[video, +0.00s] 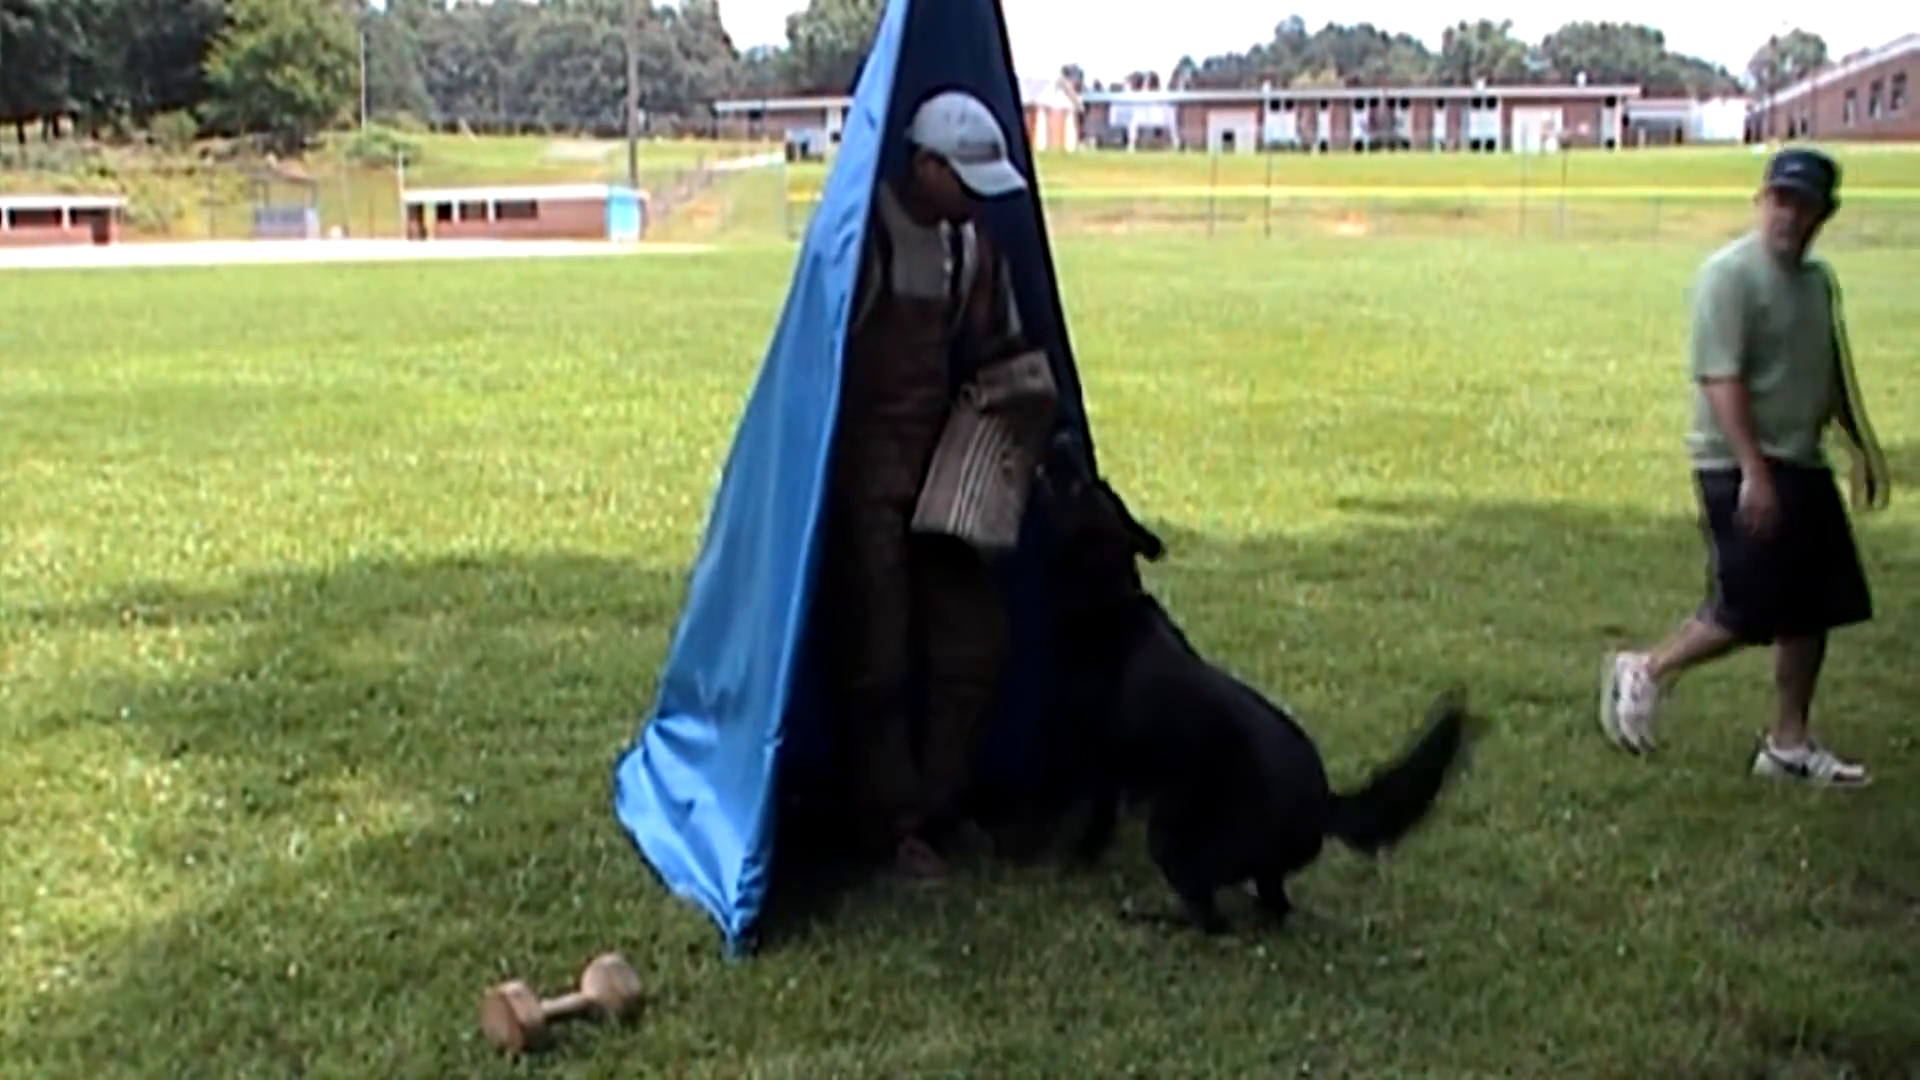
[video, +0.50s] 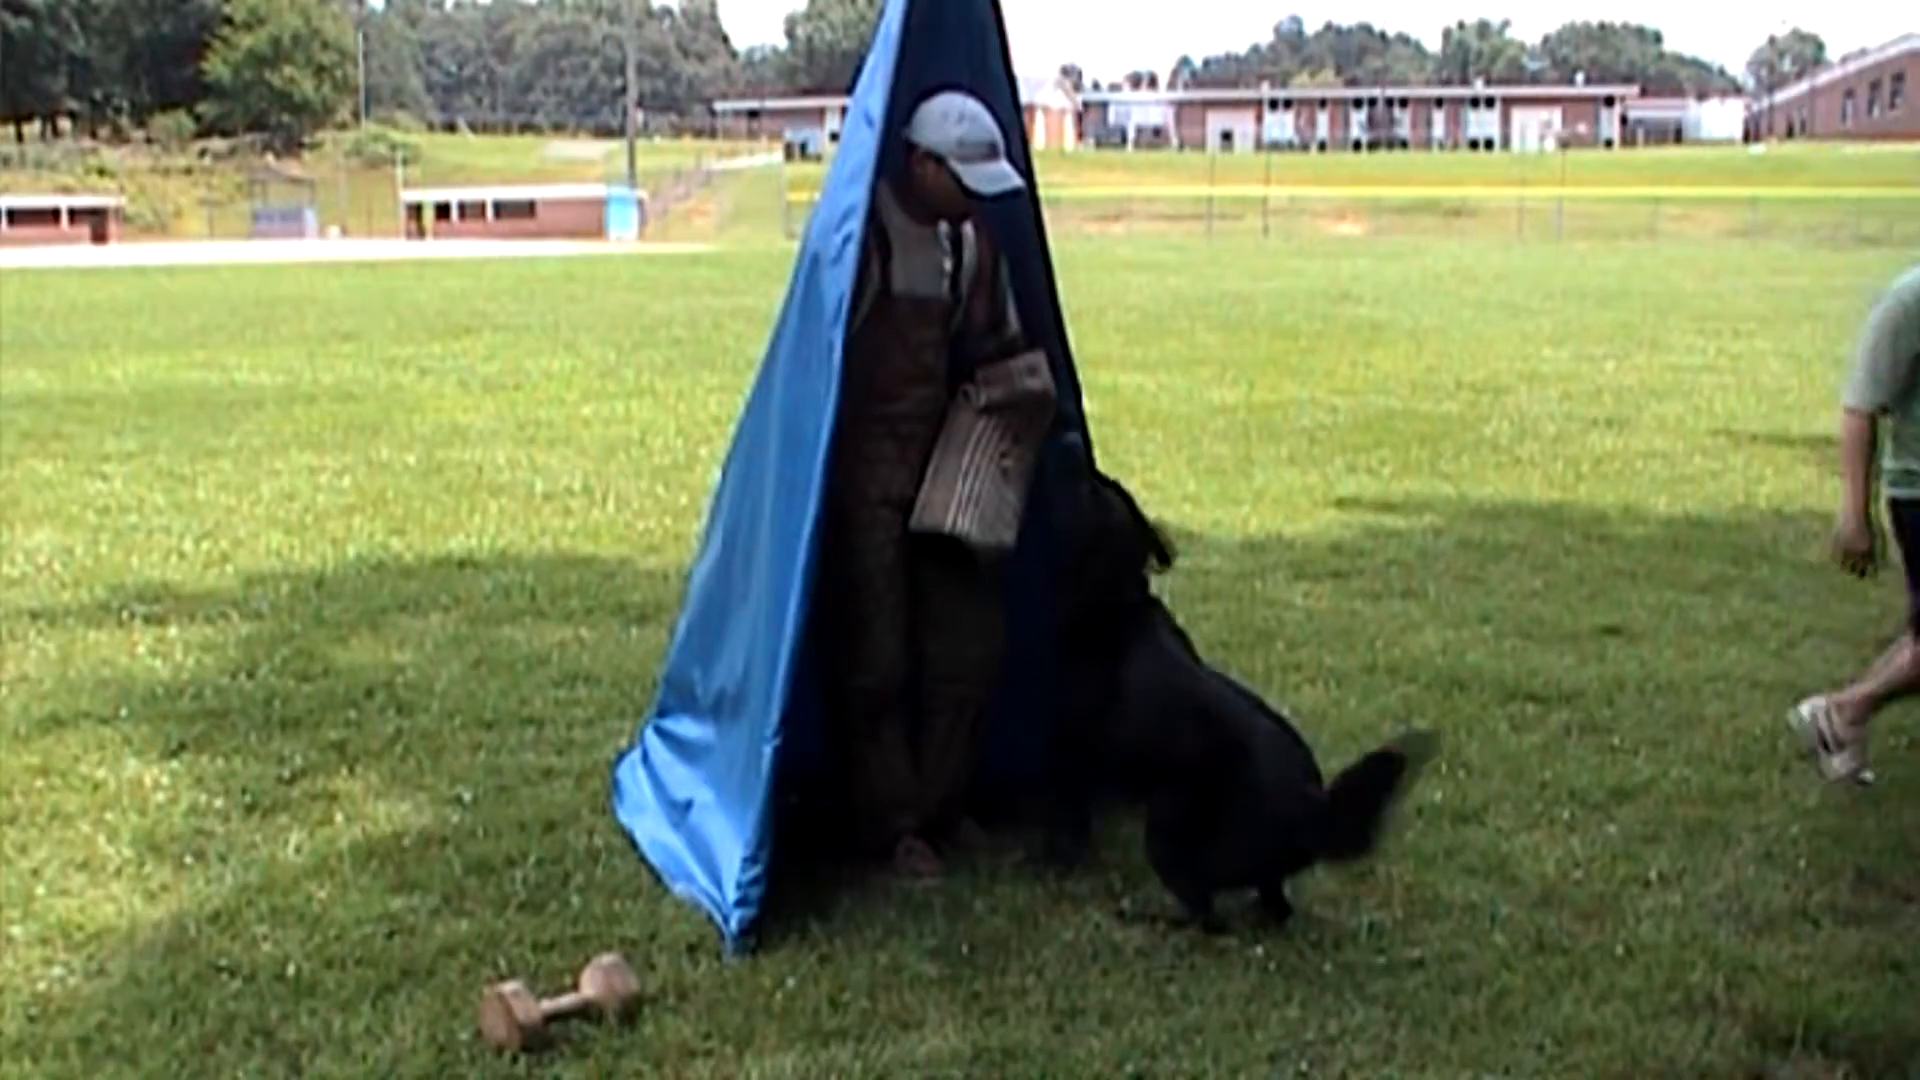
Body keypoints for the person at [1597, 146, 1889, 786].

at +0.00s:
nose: (1788, 216)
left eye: (1804, 206)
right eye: (1779, 200)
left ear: (1822, 217)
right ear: (1760, 202)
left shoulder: (1819, 284)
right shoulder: (1727, 277)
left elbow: (1831, 379)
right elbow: (1720, 382)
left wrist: (1862, 444)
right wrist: (1752, 469)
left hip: (1802, 467)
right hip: (1737, 467)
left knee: (1812, 607)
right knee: (1750, 607)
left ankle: (1788, 742)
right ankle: (1644, 672)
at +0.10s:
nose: (1825, 206)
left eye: (1841, 196)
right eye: (1816, 191)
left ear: (1863, 208)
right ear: (1800, 193)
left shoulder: (1868, 278)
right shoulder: (1764, 270)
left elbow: (1894, 367)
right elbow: (1734, 371)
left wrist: (1918, 409)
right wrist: (1751, 465)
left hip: (1838, 458)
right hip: (1782, 457)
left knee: (1834, 598)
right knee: (1824, 590)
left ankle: (1790, 734)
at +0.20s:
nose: (1864, 209)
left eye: (1880, 199)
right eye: (1855, 194)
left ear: (1901, 208)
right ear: (1835, 196)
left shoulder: (1906, 279)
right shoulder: (1801, 272)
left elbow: (1908, 356)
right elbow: (1749, 370)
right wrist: (1753, 468)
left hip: (1868, 457)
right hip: (1811, 457)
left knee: (1819, 602)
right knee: (1875, 605)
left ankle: (1788, 738)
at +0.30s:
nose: (1901, 219)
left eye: (1911, 207)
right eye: (1891, 204)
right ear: (1872, 206)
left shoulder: (1907, 282)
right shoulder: (1842, 283)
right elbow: (1780, 381)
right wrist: (1772, 486)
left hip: (1897, 479)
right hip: (1850, 479)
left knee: (1831, 609)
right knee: (1904, 631)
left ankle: (1791, 734)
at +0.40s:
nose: (1918, 224)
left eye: (1916, 213)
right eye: (1917, 213)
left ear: (1910, 212)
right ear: (1908, 212)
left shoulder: (1884, 292)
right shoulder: (1880, 295)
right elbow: (1818, 400)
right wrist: (1806, 506)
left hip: (1903, 493)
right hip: (1890, 493)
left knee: (1874, 612)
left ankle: (1800, 730)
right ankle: (1799, 730)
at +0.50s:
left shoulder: (1904, 304)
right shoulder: (1907, 302)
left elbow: (1861, 406)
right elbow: (1860, 406)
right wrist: (1856, 514)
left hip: (1911, 493)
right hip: (1911, 493)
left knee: (1916, 639)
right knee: (1917, 642)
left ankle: (1845, 714)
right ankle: (1843, 713)